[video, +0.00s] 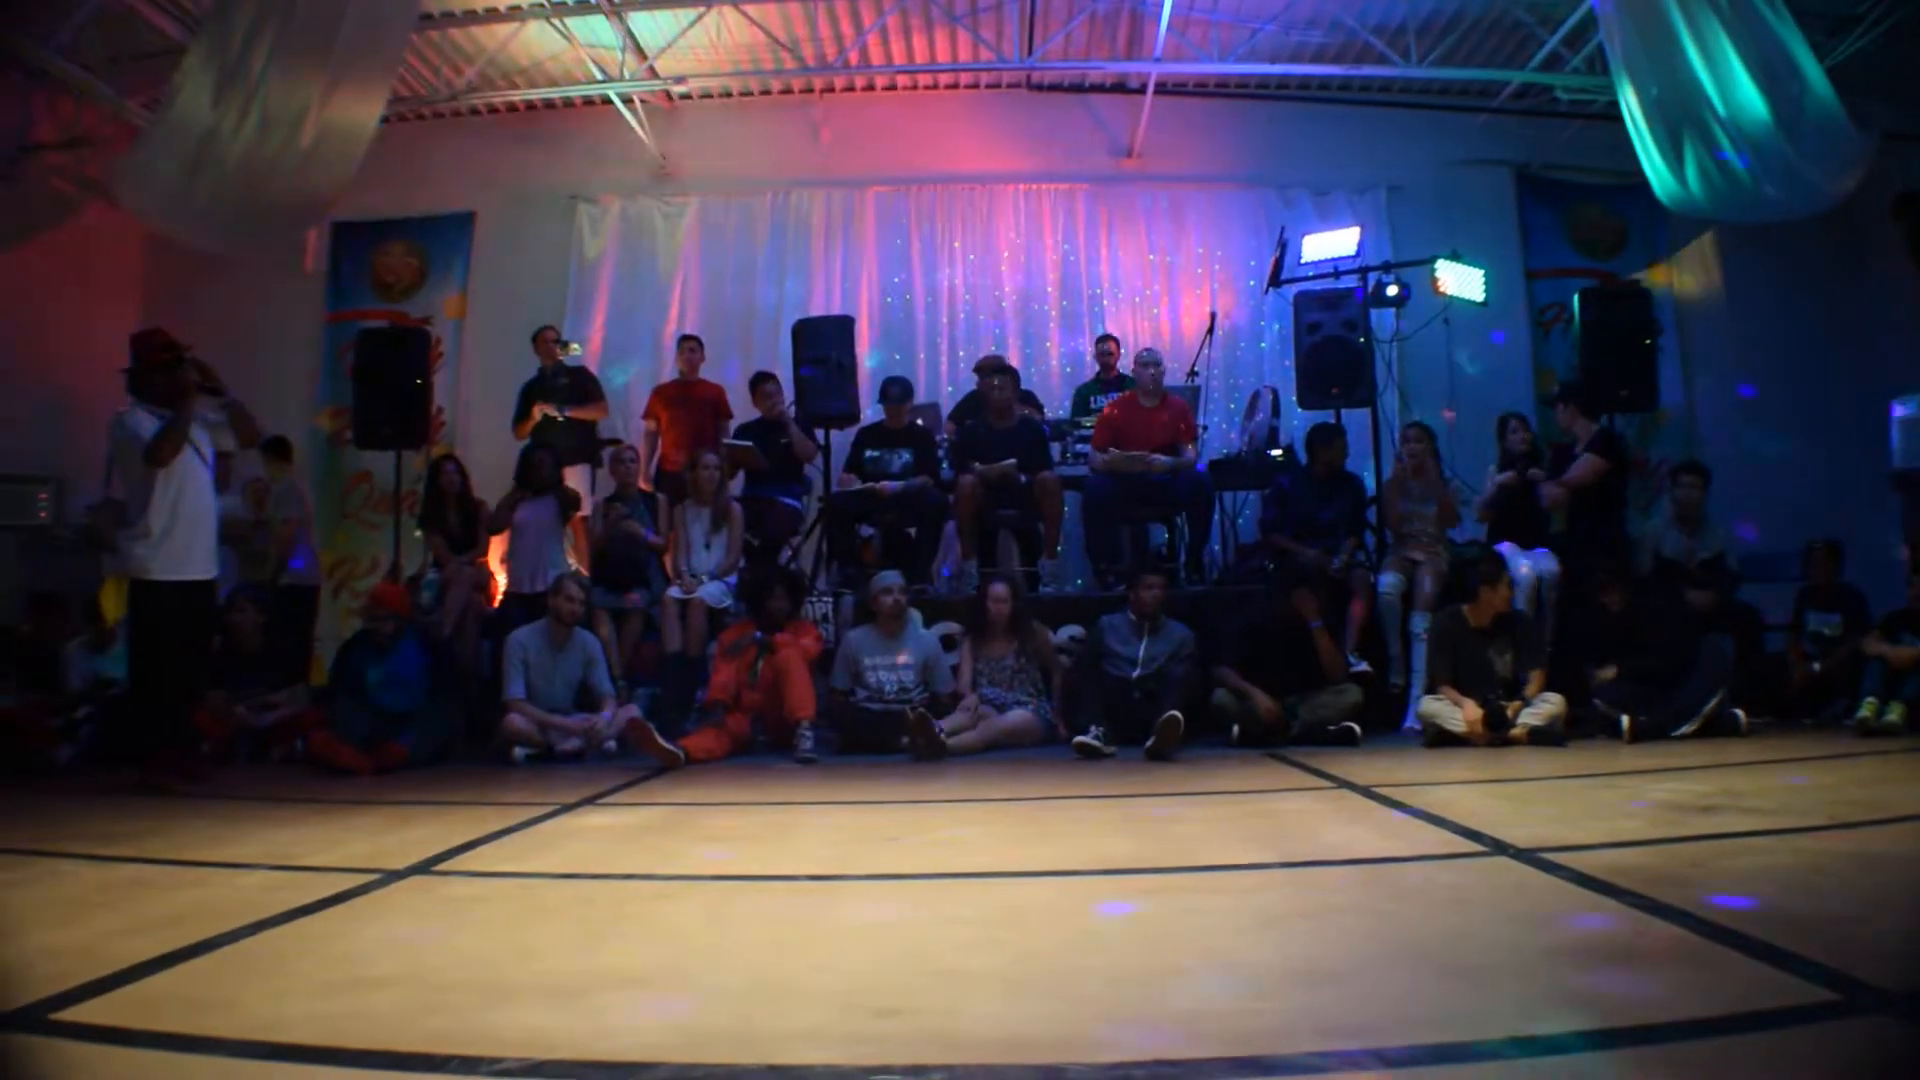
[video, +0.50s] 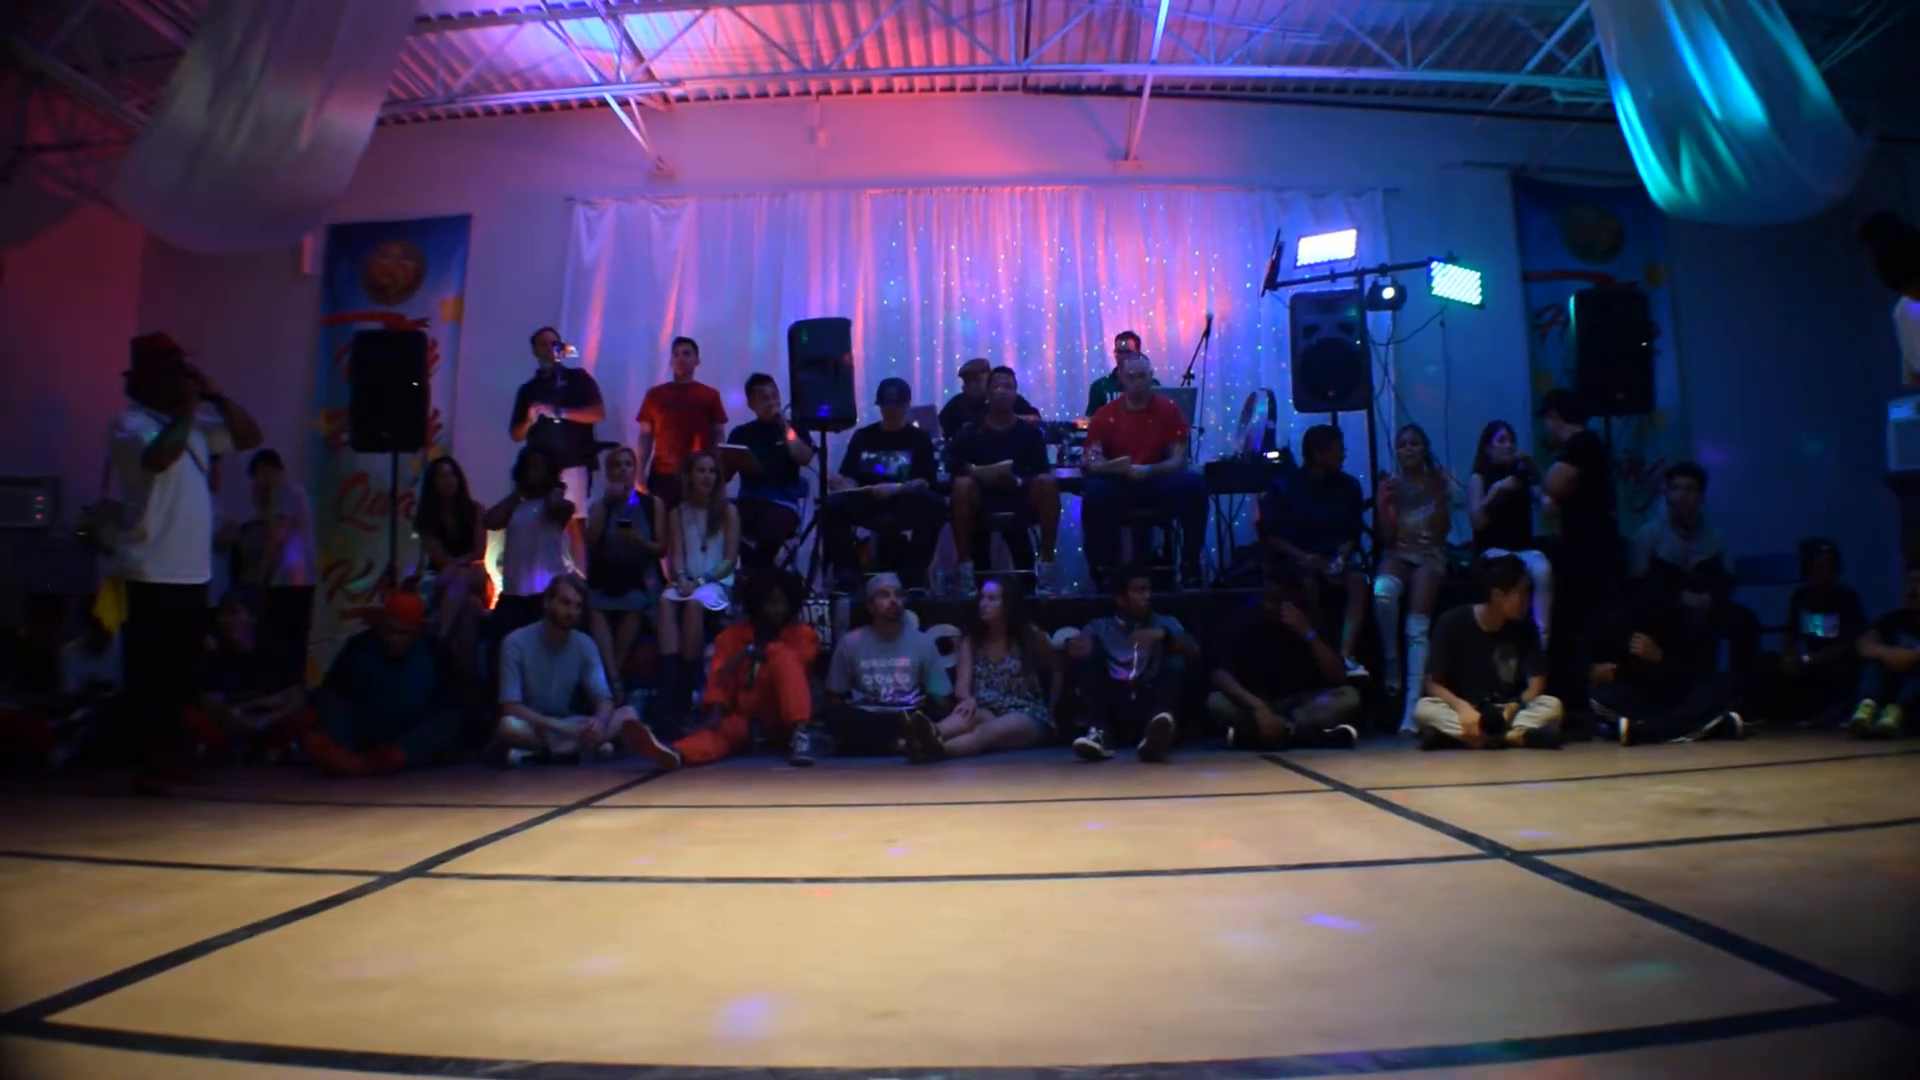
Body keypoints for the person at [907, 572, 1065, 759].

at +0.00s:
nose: (997, 608)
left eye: (1003, 602)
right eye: (992, 601)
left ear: (1014, 604)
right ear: (983, 604)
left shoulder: (1033, 636)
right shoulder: (973, 640)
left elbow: (1056, 672)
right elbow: (963, 684)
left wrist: (1058, 717)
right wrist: (970, 697)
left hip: (1028, 705)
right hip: (988, 703)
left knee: (992, 729)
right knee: (969, 712)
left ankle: (943, 746)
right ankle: (936, 728)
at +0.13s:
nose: (995, 606)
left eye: (1002, 600)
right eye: (990, 600)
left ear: (1013, 603)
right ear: (982, 603)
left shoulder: (1032, 635)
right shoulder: (974, 640)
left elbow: (1058, 670)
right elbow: (963, 682)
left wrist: (1054, 712)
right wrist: (969, 696)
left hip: (1027, 706)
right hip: (989, 704)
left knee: (992, 731)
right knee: (969, 713)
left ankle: (942, 747)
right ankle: (935, 730)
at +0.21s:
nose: (994, 605)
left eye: (1001, 599)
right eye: (989, 599)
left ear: (1012, 603)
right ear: (982, 603)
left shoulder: (1031, 635)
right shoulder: (974, 640)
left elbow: (1058, 671)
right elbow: (963, 686)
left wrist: (1052, 712)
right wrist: (970, 697)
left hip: (1026, 707)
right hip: (989, 707)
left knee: (990, 732)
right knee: (971, 714)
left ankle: (941, 747)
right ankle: (934, 730)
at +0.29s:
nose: (989, 604)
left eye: (996, 598)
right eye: (986, 598)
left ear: (1011, 603)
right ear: (980, 602)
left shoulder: (1031, 636)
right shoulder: (973, 641)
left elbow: (1057, 671)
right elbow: (963, 684)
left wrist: (1052, 712)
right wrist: (969, 697)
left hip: (1026, 707)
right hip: (989, 706)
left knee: (995, 730)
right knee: (970, 713)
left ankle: (941, 747)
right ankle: (933, 730)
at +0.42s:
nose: (985, 604)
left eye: (993, 598)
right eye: (983, 598)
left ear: (1009, 603)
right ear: (979, 601)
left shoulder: (1030, 635)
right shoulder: (972, 641)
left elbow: (1056, 670)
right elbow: (963, 685)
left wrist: (1052, 712)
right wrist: (969, 698)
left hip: (1026, 708)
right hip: (987, 706)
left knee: (989, 733)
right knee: (969, 717)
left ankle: (940, 748)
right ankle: (932, 730)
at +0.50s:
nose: (983, 604)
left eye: (991, 599)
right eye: (982, 598)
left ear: (1008, 604)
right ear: (978, 602)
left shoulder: (1030, 637)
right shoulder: (971, 641)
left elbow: (1056, 669)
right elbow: (962, 687)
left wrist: (1051, 711)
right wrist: (968, 700)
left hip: (1026, 709)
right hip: (988, 709)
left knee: (985, 734)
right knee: (967, 717)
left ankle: (939, 749)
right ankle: (933, 731)